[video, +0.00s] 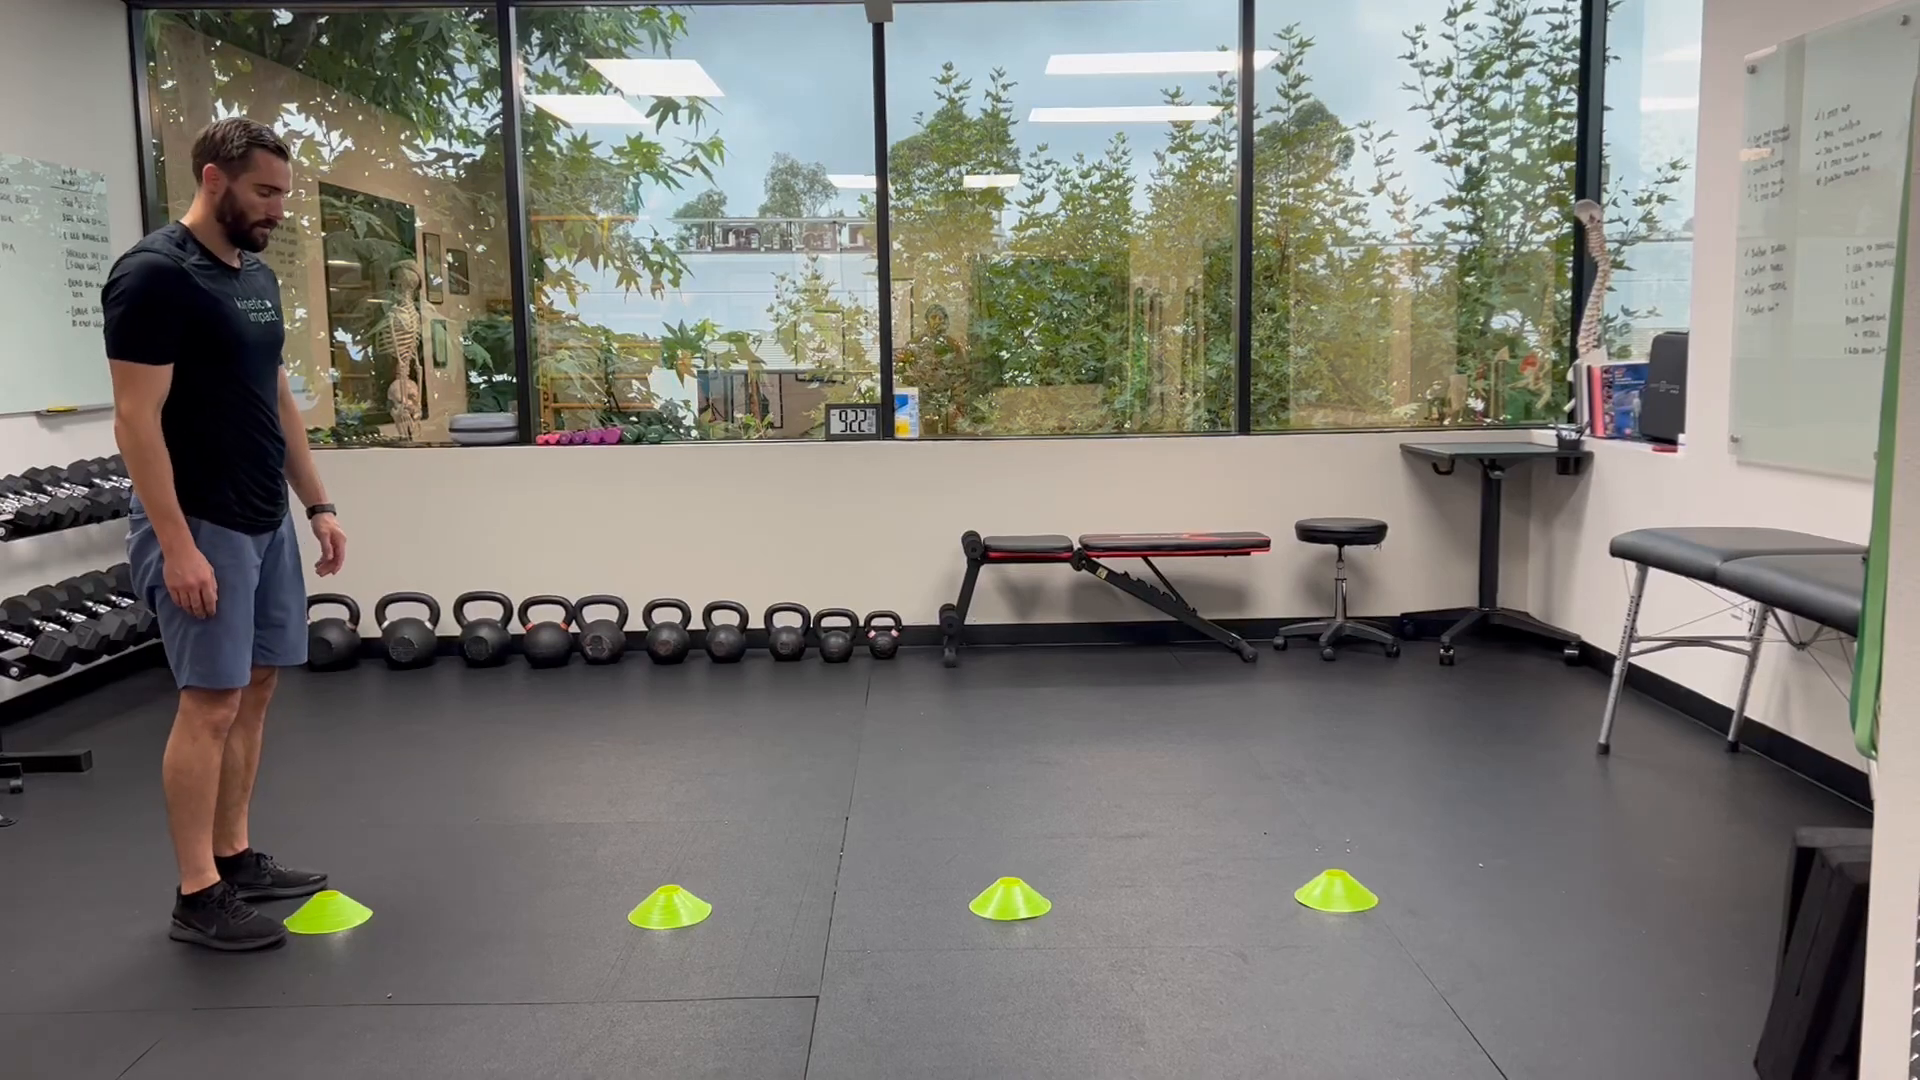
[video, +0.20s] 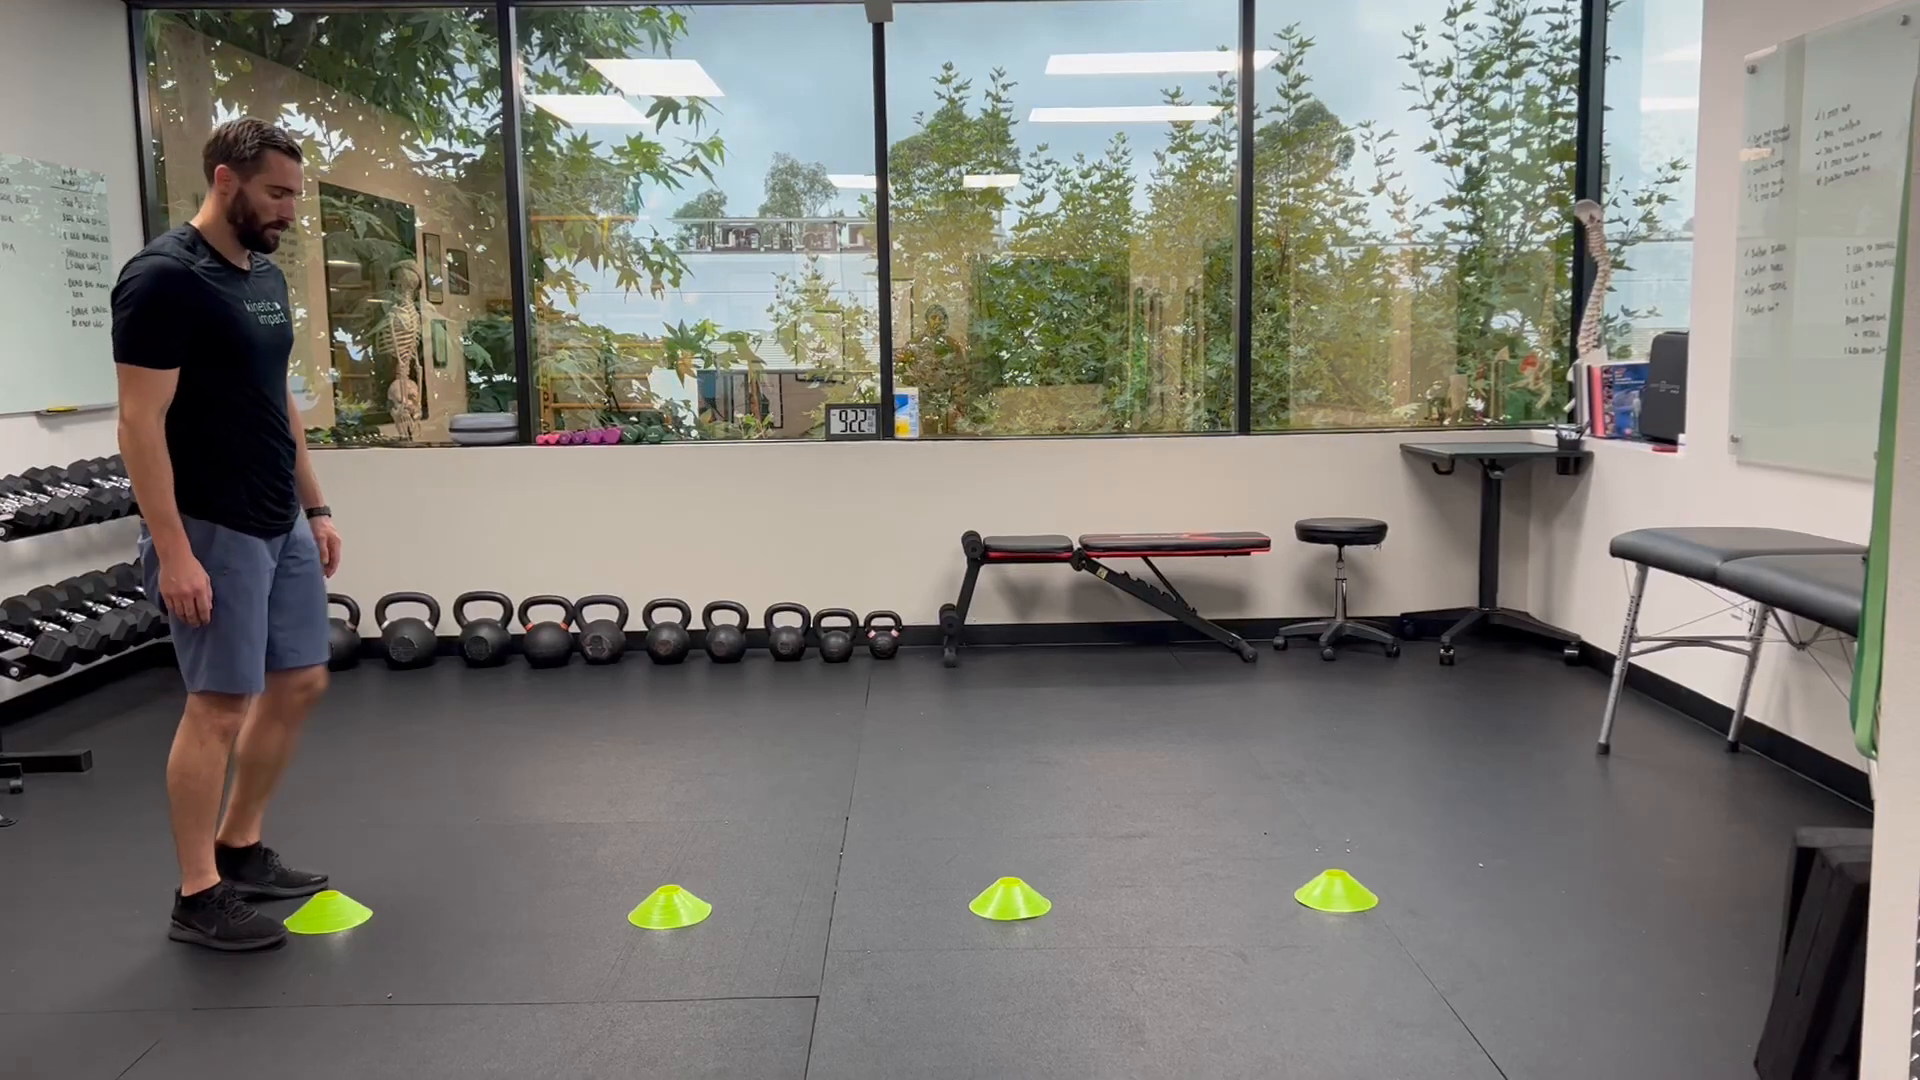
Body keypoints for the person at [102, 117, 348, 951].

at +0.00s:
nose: (277, 209)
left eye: (283, 195)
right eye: (265, 192)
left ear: (275, 193)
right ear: (214, 179)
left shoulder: (256, 275)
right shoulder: (151, 276)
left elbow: (275, 396)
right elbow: (136, 422)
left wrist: (317, 502)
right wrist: (175, 546)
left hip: (268, 522)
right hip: (201, 529)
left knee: (255, 690)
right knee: (208, 703)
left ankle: (232, 860)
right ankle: (196, 894)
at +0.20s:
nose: (289, 211)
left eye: (295, 197)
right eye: (278, 194)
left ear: (283, 195)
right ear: (226, 181)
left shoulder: (264, 276)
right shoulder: (161, 279)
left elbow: (277, 400)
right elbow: (139, 425)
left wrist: (315, 507)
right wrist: (172, 552)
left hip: (281, 524)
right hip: (213, 530)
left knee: (299, 681)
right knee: (218, 705)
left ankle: (237, 849)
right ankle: (197, 894)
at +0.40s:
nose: (318, 216)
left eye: (325, 200)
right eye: (307, 198)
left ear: (304, 196)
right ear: (255, 184)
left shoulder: (281, 275)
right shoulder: (191, 284)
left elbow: (272, 398)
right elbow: (166, 431)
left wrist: (313, 473)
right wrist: (193, 562)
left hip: (308, 513)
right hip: (234, 534)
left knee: (386, 653)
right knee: (220, 712)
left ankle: (365, 828)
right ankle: (199, 894)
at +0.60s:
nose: (378, 231)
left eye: (383, 215)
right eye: (368, 213)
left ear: (340, 204)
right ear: (318, 197)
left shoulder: (329, 280)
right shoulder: (248, 295)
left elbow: (317, 414)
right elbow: (225, 439)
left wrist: (350, 515)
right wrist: (259, 568)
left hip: (352, 520)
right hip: (276, 540)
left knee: (439, 652)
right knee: (241, 714)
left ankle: (541, 807)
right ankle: (199, 893)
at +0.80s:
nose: (472, 256)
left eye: (478, 242)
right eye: (464, 238)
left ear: (432, 229)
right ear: (415, 221)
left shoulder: (424, 307)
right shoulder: (345, 316)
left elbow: (411, 435)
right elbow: (313, 454)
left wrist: (437, 535)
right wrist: (350, 582)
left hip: (441, 550)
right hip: (357, 566)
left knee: (521, 684)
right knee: (294, 726)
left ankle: (594, 853)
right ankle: (206, 888)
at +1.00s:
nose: (585, 243)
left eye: (591, 229)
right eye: (578, 225)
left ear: (557, 218)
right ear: (530, 206)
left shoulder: (537, 299)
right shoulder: (456, 287)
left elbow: (531, 420)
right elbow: (410, 418)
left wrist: (557, 519)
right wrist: (434, 547)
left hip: (526, 534)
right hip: (457, 543)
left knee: (574, 672)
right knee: (457, 714)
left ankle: (603, 851)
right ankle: (289, 829)